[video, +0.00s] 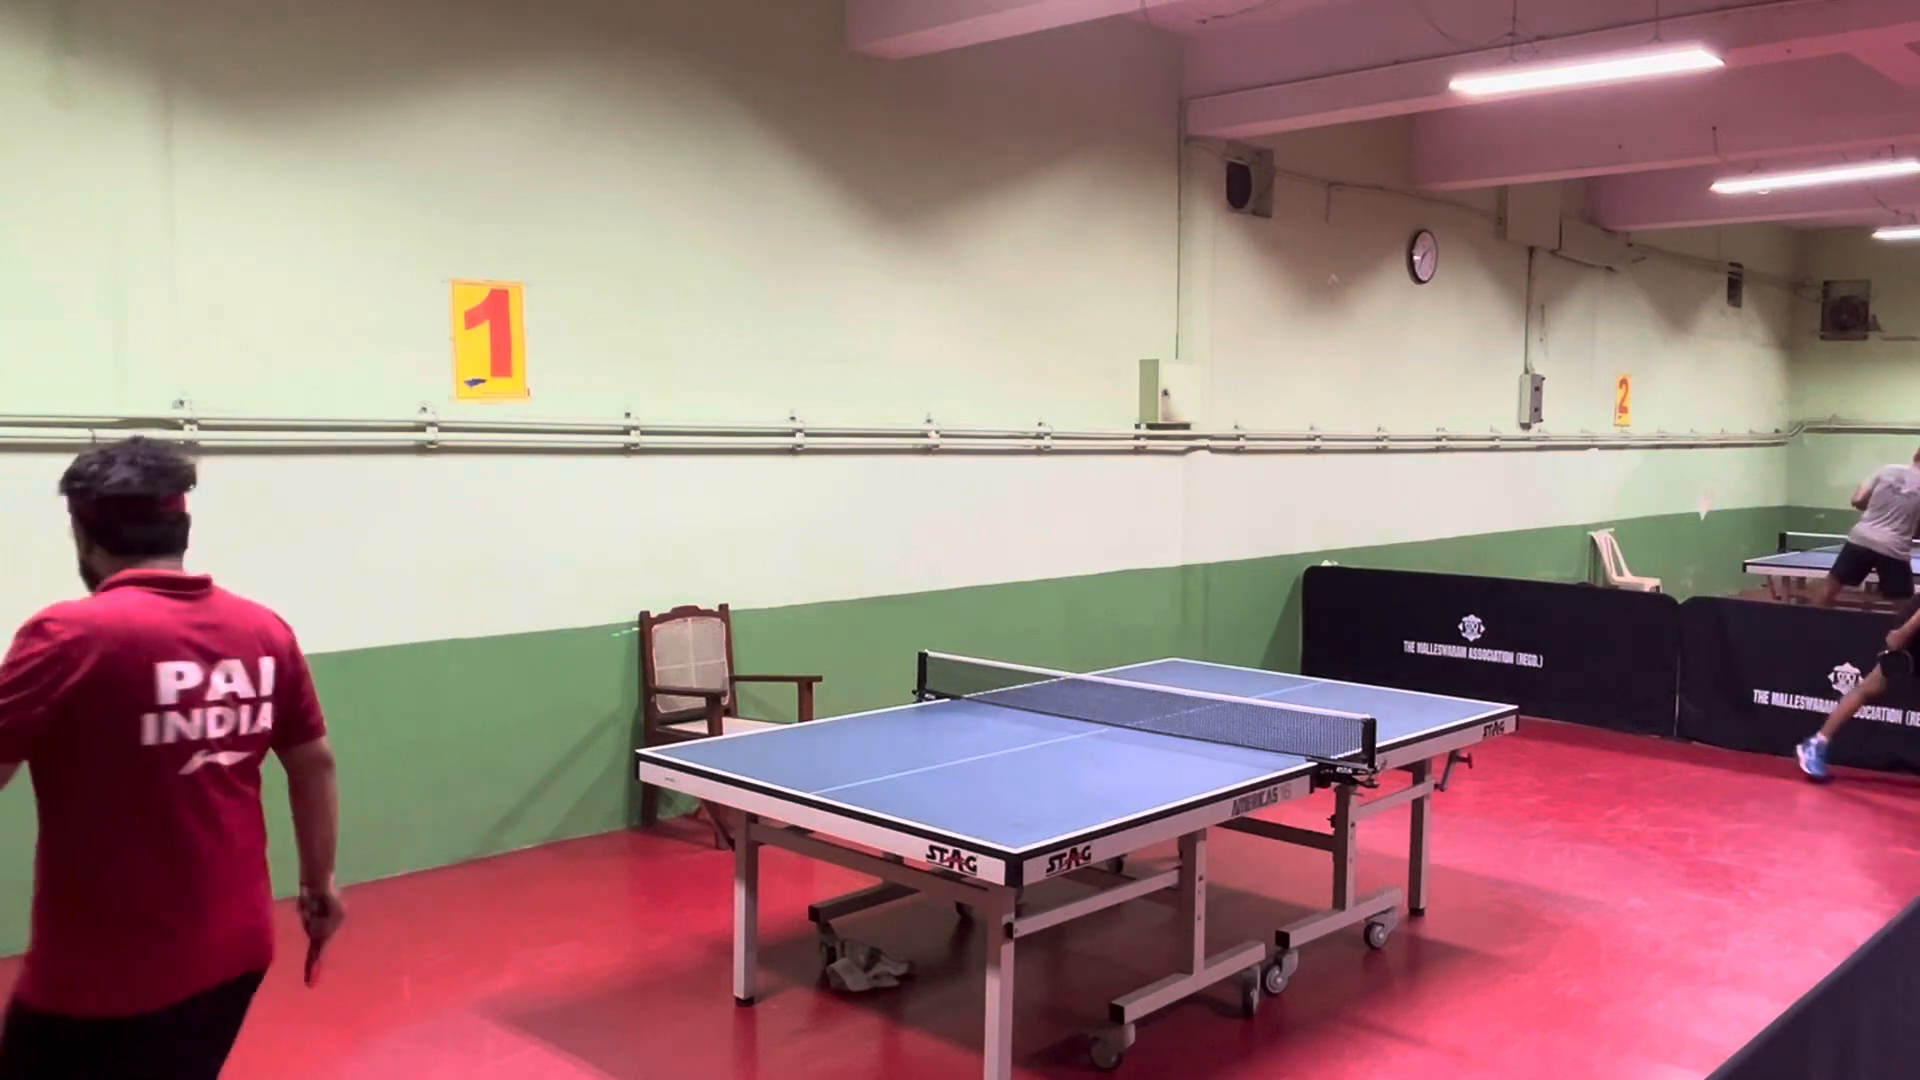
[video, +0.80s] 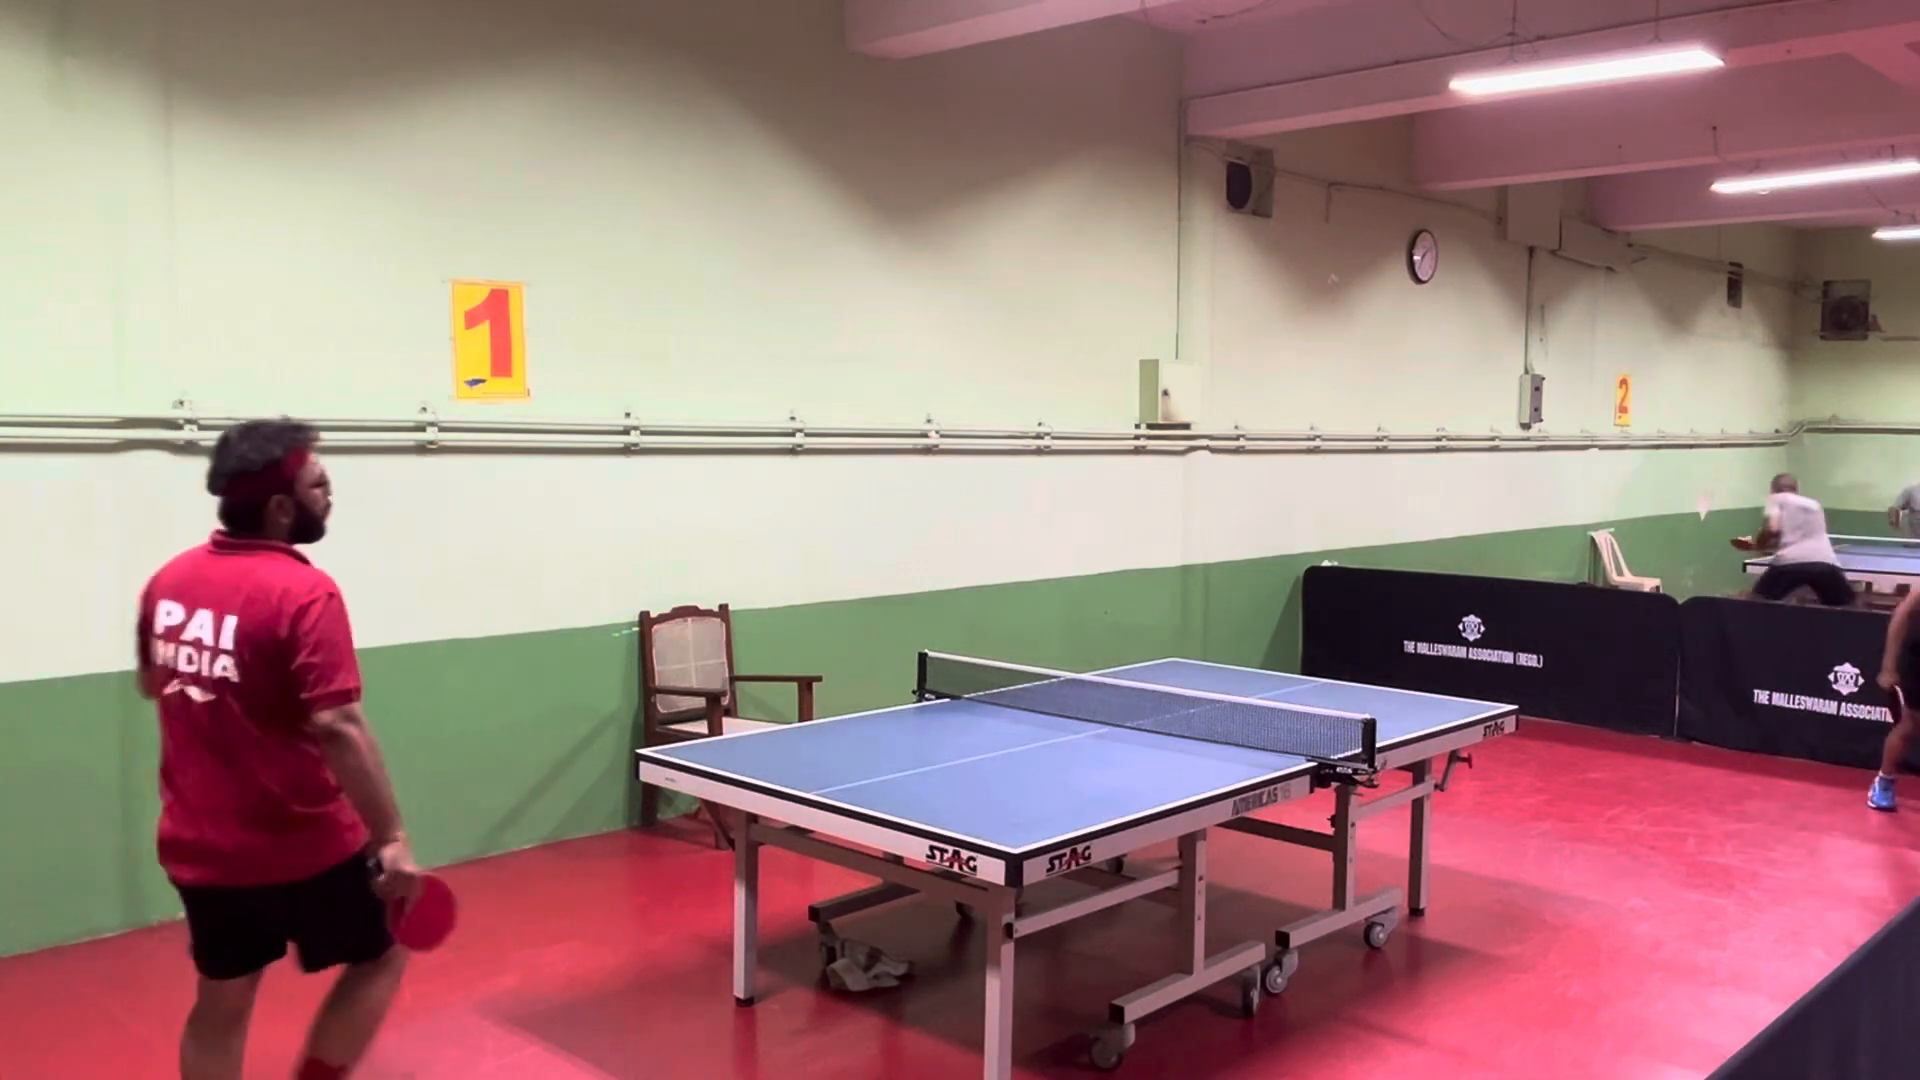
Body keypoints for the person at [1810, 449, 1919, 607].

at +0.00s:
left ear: (1914, 456)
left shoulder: (1887, 470)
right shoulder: (1918, 486)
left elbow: (1858, 500)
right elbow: (1916, 533)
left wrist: (1875, 508)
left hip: (1860, 542)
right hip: (1895, 552)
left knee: (1828, 591)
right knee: (1905, 610)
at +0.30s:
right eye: (1917, 465)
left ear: (1896, 461)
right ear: (1916, 466)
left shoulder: (1871, 477)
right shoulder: (1915, 488)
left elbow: (1846, 509)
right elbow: (1917, 538)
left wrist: (1864, 521)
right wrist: (1905, 546)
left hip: (1853, 548)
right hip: (1888, 555)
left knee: (1826, 596)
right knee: (1903, 609)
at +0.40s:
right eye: (1905, 467)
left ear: (1881, 465)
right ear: (1904, 468)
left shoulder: (1859, 483)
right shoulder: (1911, 493)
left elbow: (1837, 516)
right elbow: (1917, 536)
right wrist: (1902, 552)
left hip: (1847, 554)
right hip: (1883, 559)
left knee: (1820, 599)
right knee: (1903, 609)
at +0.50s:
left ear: (1860, 472)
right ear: (1883, 475)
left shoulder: (1842, 490)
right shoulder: (1896, 498)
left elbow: (1828, 524)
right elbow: (1903, 539)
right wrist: (1885, 554)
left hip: (1837, 560)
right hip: (1874, 564)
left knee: (1816, 599)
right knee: (1895, 605)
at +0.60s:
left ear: (1834, 478)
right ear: (1857, 480)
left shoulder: (1820, 496)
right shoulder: (1872, 501)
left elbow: (1812, 529)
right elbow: (1876, 532)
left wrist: (1817, 542)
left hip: (1824, 564)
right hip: (1859, 567)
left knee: (1796, 605)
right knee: (1885, 610)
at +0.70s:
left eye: (1802, 482)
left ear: (1803, 482)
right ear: (1825, 483)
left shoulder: (1795, 498)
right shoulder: (1840, 502)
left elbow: (1792, 531)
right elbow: (1843, 536)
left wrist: (1789, 544)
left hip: (1806, 565)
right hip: (1841, 566)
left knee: (1775, 604)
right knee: (1866, 608)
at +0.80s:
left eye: (1772, 490)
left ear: (1774, 489)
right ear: (1796, 489)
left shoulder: (1775, 498)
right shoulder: (1814, 504)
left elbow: (1772, 529)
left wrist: (1758, 544)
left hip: (1789, 564)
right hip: (1824, 564)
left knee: (1757, 604)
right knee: (1848, 611)